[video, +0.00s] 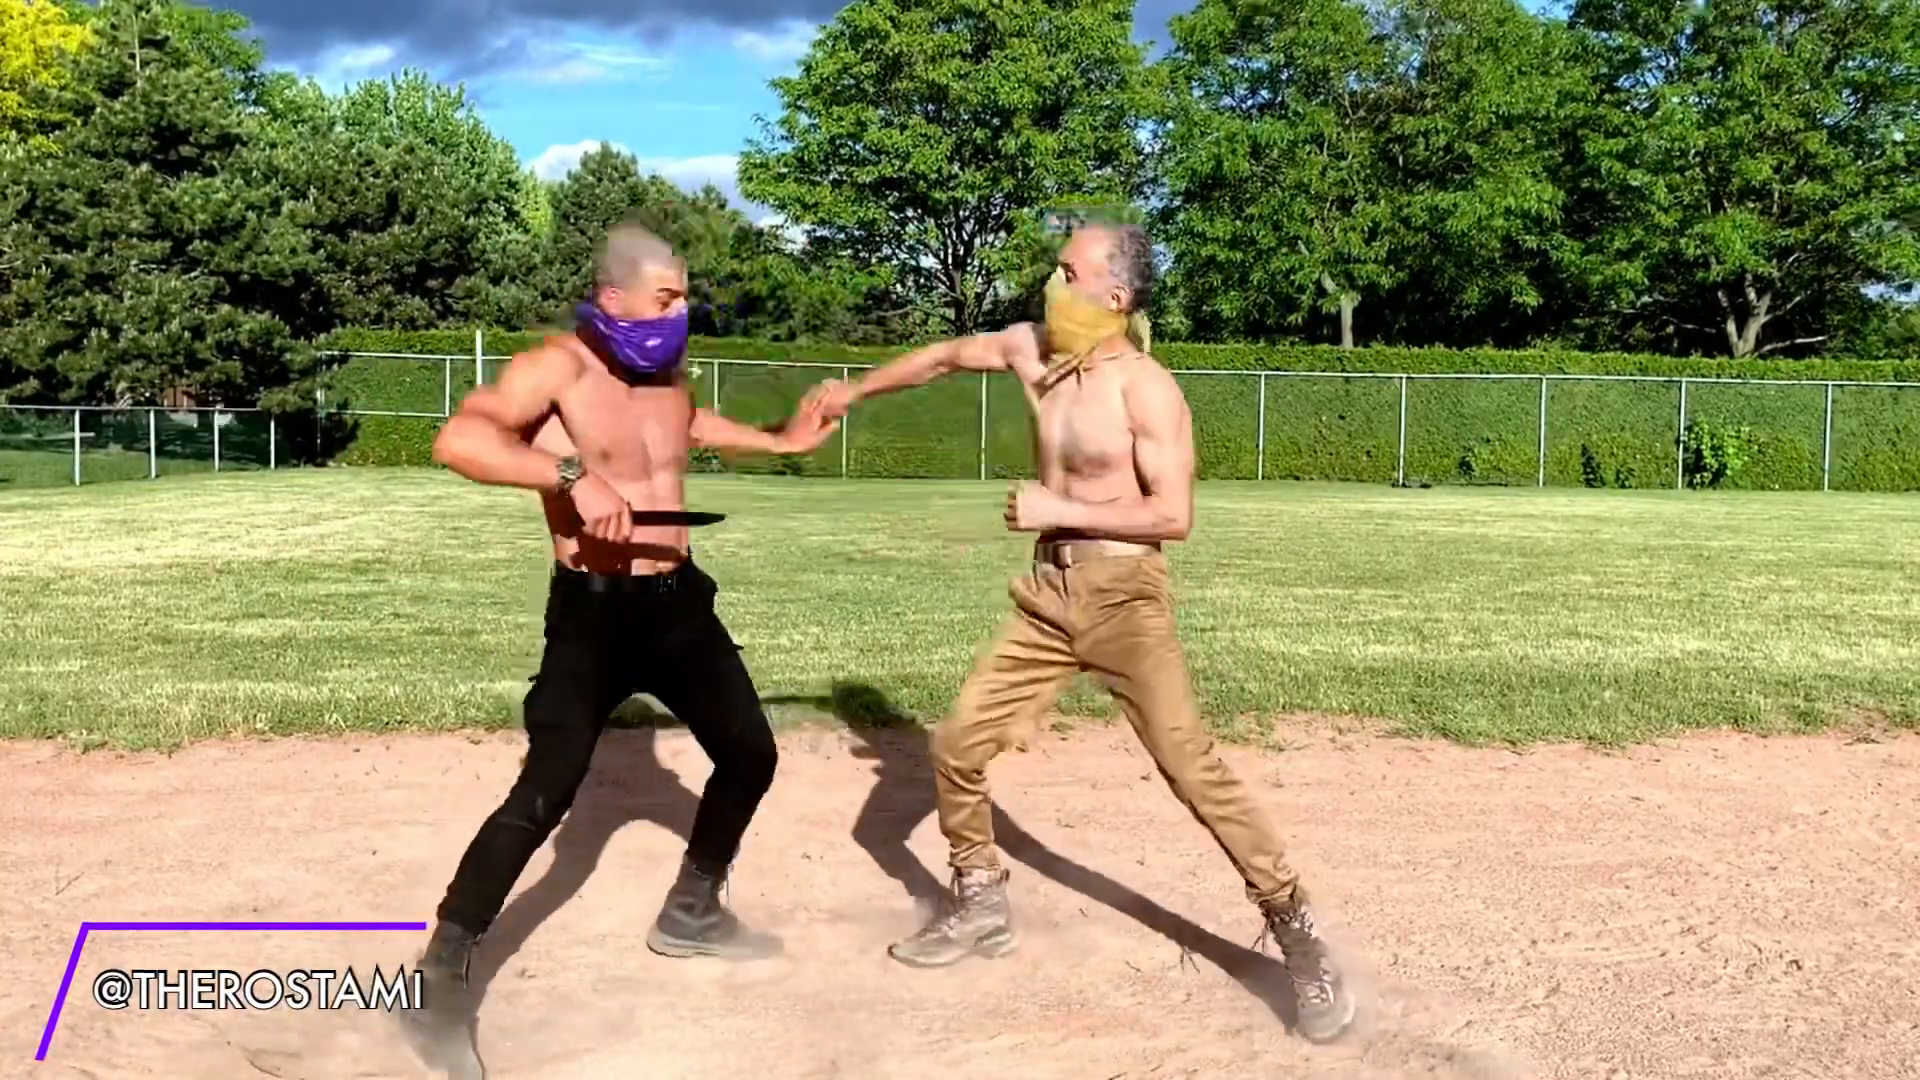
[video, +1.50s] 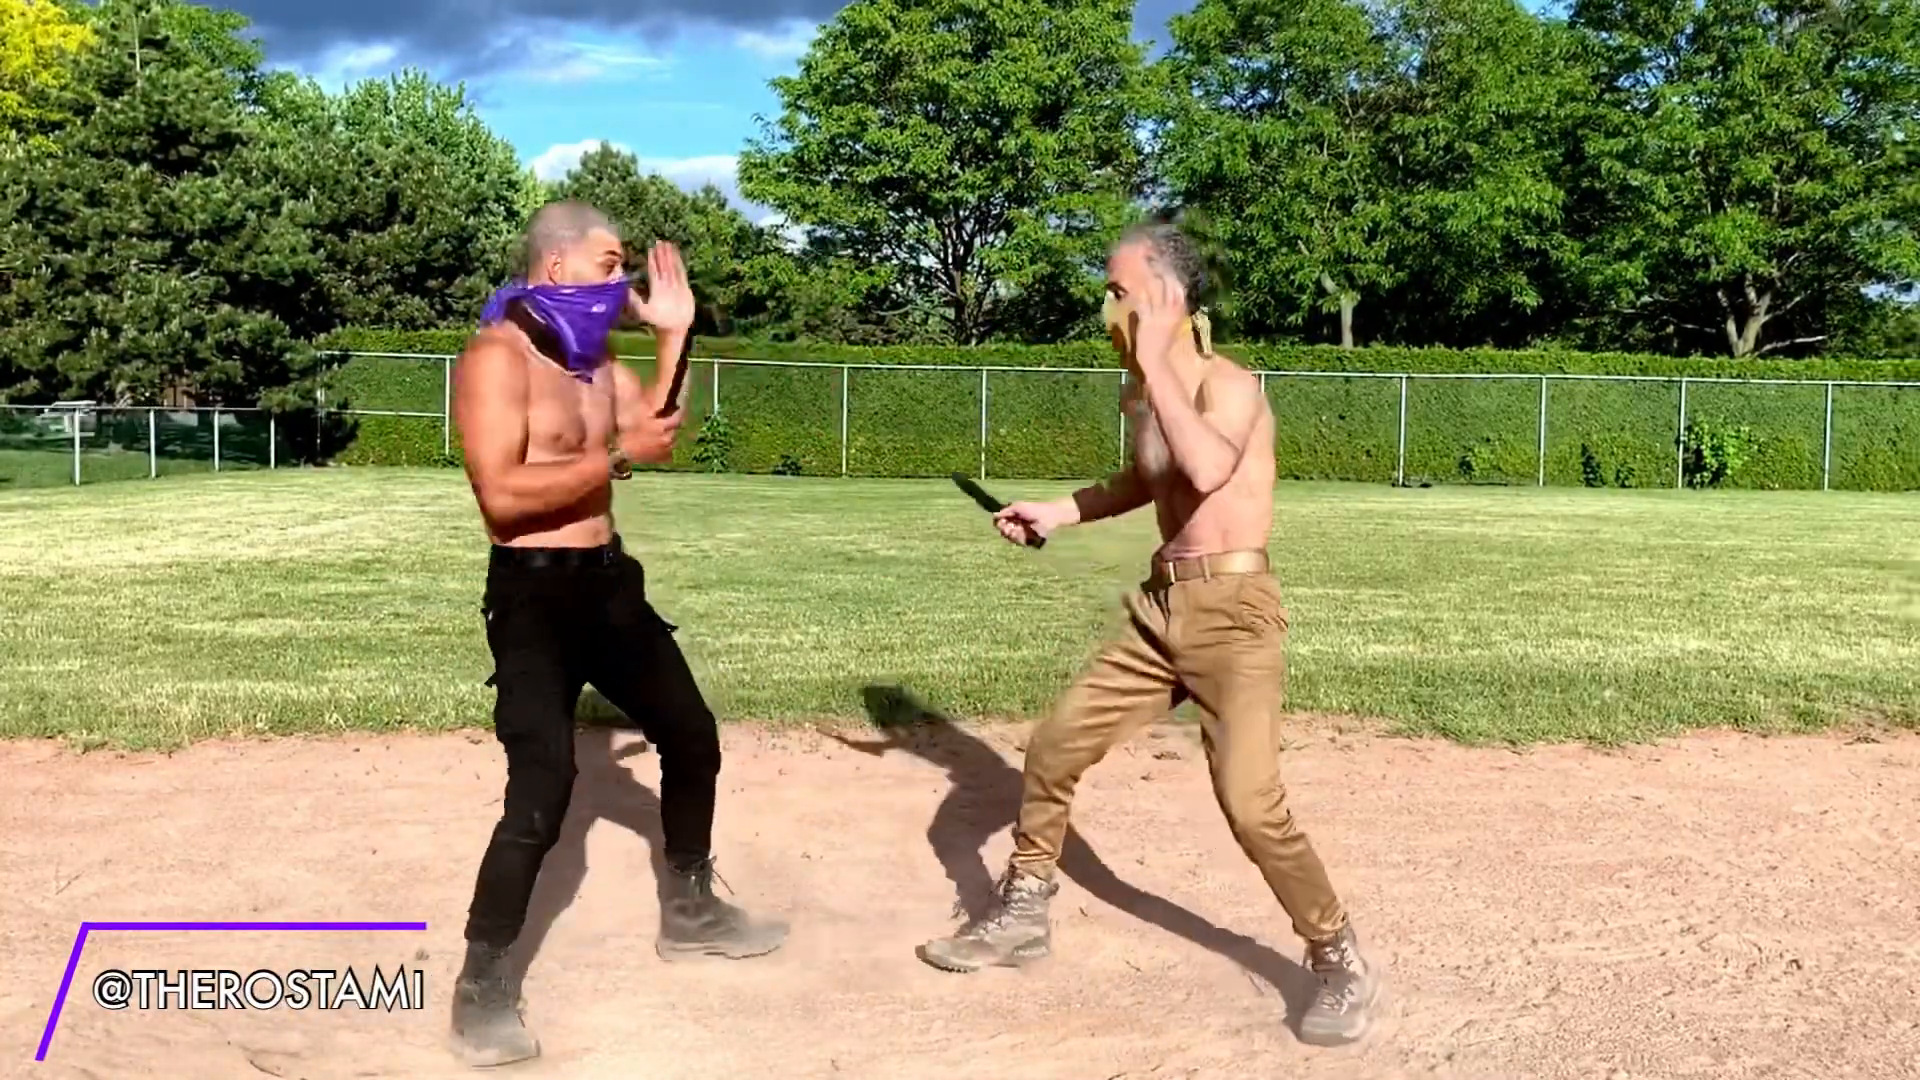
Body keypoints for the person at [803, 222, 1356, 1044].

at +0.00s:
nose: (1054, 276)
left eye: (1070, 267)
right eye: (1058, 263)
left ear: (1116, 290)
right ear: (1083, 284)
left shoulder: (1147, 386)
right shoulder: (1034, 350)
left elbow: (1173, 517)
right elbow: (942, 356)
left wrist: (1058, 510)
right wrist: (852, 390)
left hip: (1129, 600)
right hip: (1049, 595)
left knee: (1188, 764)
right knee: (958, 747)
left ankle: (1298, 936)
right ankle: (978, 905)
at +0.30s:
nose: (1087, 307)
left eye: (1102, 295)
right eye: (1086, 292)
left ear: (1155, 303)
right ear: (1106, 297)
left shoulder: (1206, 397)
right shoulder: (1091, 383)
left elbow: (1188, 523)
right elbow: (1058, 468)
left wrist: (1096, 438)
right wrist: (1008, 520)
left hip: (1188, 617)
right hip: (1096, 608)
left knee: (1255, 785)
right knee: (1005, 755)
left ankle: (1323, 947)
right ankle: (985, 908)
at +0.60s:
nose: (1066, 329)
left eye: (1076, 312)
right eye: (1061, 313)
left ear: (1129, 307)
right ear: (1093, 314)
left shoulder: (1200, 387)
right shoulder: (1114, 401)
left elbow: (1175, 503)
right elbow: (1135, 510)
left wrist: (1087, 427)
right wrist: (1091, 571)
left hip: (1216, 612)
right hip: (1131, 608)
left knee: (1261, 796)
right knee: (1031, 756)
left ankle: (1332, 950)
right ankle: (1018, 912)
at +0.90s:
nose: (1063, 319)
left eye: (1074, 304)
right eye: (1057, 305)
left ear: (1126, 301)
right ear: (1071, 305)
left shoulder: (1188, 385)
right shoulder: (1076, 395)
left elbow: (1187, 482)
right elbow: (1012, 472)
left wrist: (1095, 419)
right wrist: (928, 520)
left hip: (1210, 614)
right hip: (1133, 616)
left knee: (1257, 797)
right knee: (1041, 757)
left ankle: (1339, 941)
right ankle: (989, 909)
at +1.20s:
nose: (1092, 283)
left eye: (1106, 265)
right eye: (1090, 268)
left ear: (1146, 278)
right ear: (1116, 280)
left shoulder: (1158, 354)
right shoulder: (1153, 367)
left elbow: (1137, 303)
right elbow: (1236, 424)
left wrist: (1073, 211)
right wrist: (1200, 517)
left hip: (1166, 597)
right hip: (1114, 598)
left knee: (1223, 797)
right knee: (1024, 756)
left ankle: (1339, 943)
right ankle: (988, 913)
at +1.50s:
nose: (1112, 309)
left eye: (1122, 293)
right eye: (1111, 296)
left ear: (1170, 293)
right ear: (1144, 297)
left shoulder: (1232, 382)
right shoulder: (1141, 392)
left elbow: (1209, 470)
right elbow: (1142, 483)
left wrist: (1153, 362)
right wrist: (1062, 511)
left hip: (1236, 613)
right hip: (1162, 609)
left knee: (1249, 802)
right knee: (1052, 750)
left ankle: (1339, 962)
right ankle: (1025, 912)